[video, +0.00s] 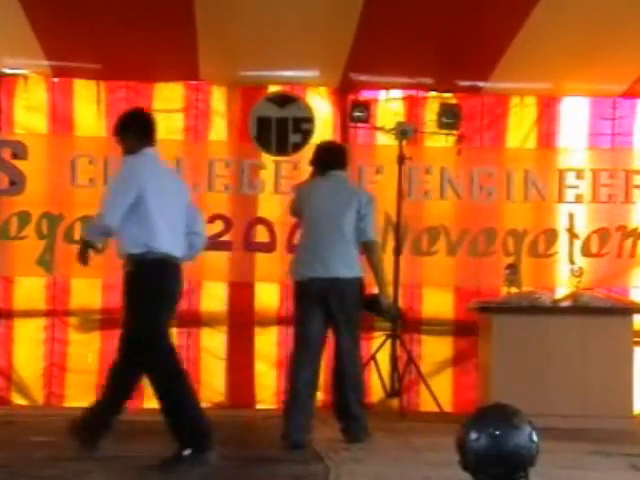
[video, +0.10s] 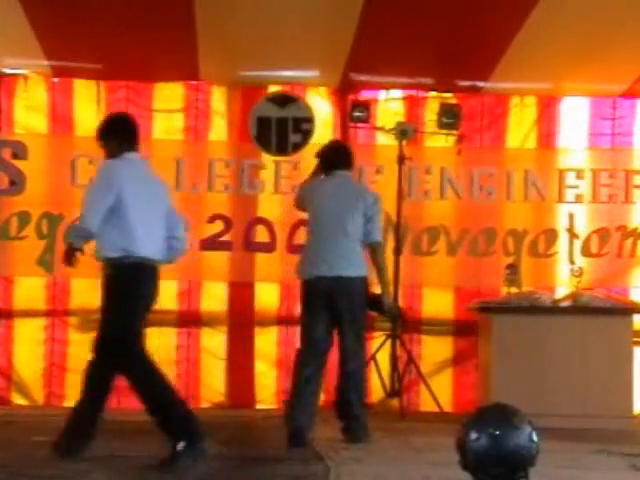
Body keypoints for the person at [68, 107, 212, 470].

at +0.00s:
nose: (120, 145)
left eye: (120, 139)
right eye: (120, 139)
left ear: (125, 138)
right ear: (152, 136)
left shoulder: (133, 169)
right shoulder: (173, 178)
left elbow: (107, 221)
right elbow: (197, 235)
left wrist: (90, 237)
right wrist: (171, 254)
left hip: (144, 272)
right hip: (169, 272)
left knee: (156, 356)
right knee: (132, 357)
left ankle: (195, 439)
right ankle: (92, 428)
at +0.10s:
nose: (101, 148)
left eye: (102, 142)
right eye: (101, 142)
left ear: (109, 142)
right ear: (134, 140)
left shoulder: (112, 171)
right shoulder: (152, 178)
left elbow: (89, 224)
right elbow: (178, 238)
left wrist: (72, 240)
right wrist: (147, 255)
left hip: (123, 274)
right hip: (146, 274)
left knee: (128, 356)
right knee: (107, 358)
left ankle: (186, 435)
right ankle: (73, 441)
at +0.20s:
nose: (75, 147)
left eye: (76, 141)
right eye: (76, 141)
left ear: (82, 140)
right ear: (108, 139)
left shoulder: (84, 167)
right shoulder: (125, 176)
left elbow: (66, 216)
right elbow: (148, 230)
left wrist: (55, 246)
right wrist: (128, 255)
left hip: (94, 272)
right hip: (122, 273)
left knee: (77, 356)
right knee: (83, 356)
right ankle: (71, 439)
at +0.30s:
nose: (58, 142)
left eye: (59, 137)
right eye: (60, 136)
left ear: (63, 136)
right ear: (92, 133)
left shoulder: (68, 163)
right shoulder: (110, 171)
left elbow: (51, 216)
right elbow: (133, 225)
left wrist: (42, 245)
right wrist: (108, 249)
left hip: (77, 264)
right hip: (108, 267)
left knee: (43, 342)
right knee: (81, 348)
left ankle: (97, 406)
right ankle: (70, 437)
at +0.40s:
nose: (33, 140)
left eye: (33, 134)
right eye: (34, 134)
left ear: (39, 132)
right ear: (66, 130)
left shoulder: (46, 158)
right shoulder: (87, 164)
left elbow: (30, 211)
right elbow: (102, 215)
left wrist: (21, 237)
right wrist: (94, 242)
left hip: (53, 258)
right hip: (84, 261)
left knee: (13, 335)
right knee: (73, 348)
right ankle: (72, 435)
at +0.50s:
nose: (15, 149)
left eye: (16, 143)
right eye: (15, 144)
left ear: (23, 139)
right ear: (49, 136)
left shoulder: (29, 164)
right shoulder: (69, 169)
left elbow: (15, 217)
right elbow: (87, 218)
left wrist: (6, 239)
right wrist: (68, 245)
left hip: (37, 265)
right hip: (69, 266)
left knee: (4, 345)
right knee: (64, 350)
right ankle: (70, 434)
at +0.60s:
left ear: (1, 142)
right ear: (22, 140)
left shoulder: (7, 173)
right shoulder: (43, 178)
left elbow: (4, 214)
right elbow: (56, 224)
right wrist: (45, 258)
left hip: (9, 267)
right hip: (40, 269)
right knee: (43, 352)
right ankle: (66, 433)